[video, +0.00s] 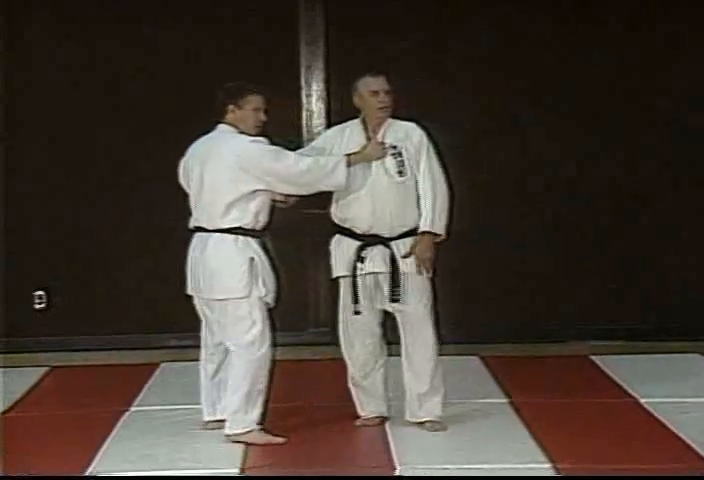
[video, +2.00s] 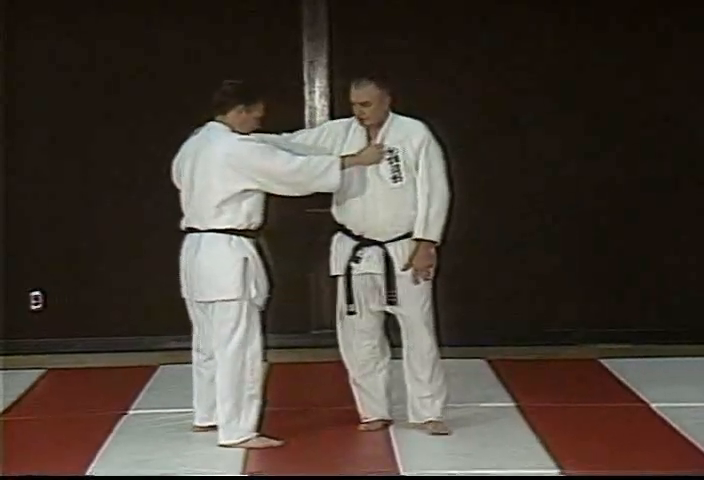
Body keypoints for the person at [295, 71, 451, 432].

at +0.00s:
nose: (384, 99)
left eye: (387, 93)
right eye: (375, 94)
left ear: (392, 98)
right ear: (357, 99)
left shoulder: (411, 136)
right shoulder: (337, 138)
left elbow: (434, 186)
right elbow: (297, 165)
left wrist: (428, 234)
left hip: (405, 246)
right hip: (354, 249)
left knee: (419, 332)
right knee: (359, 334)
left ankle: (425, 410)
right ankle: (370, 409)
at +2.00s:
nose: (360, 112)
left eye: (367, 105)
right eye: (355, 106)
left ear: (386, 101)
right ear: (350, 105)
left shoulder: (415, 135)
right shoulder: (340, 132)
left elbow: (436, 191)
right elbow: (292, 143)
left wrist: (427, 244)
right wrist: (244, 142)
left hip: (405, 248)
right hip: (353, 248)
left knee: (418, 334)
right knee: (359, 335)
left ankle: (429, 413)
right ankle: (373, 413)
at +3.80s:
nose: (363, 116)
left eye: (369, 109)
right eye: (358, 110)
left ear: (389, 105)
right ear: (354, 109)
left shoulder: (415, 137)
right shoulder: (345, 133)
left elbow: (430, 196)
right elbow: (294, 142)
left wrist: (392, 236)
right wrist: (242, 142)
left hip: (410, 244)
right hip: (358, 244)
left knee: (420, 324)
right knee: (360, 325)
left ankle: (433, 407)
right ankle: (373, 404)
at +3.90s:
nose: (367, 115)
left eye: (373, 107)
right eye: (362, 108)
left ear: (393, 104)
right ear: (358, 108)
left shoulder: (416, 137)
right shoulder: (349, 132)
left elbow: (417, 205)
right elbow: (299, 137)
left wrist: (363, 224)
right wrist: (245, 132)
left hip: (409, 246)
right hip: (359, 246)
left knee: (422, 330)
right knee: (361, 328)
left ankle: (434, 410)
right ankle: (374, 407)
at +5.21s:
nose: (400, 132)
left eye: (405, 124)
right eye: (395, 125)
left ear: (425, 115)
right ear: (390, 121)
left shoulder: (450, 144)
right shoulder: (387, 132)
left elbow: (414, 187)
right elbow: (340, 141)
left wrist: (347, 201)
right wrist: (290, 138)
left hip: (454, 245)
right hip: (412, 243)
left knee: (449, 329)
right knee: (412, 327)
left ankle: (443, 407)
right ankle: (419, 401)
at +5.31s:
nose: (400, 131)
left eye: (406, 124)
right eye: (395, 124)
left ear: (426, 116)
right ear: (391, 120)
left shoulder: (451, 146)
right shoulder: (386, 133)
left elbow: (412, 189)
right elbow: (341, 141)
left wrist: (346, 202)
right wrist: (291, 138)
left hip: (457, 243)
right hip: (419, 243)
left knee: (452, 325)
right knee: (429, 323)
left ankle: (447, 398)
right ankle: (436, 390)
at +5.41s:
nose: (401, 132)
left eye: (407, 124)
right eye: (396, 124)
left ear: (427, 116)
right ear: (392, 120)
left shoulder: (451, 146)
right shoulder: (388, 132)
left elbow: (412, 190)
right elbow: (343, 140)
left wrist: (344, 202)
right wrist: (294, 136)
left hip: (456, 242)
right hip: (422, 239)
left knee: (450, 322)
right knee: (437, 303)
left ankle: (441, 396)